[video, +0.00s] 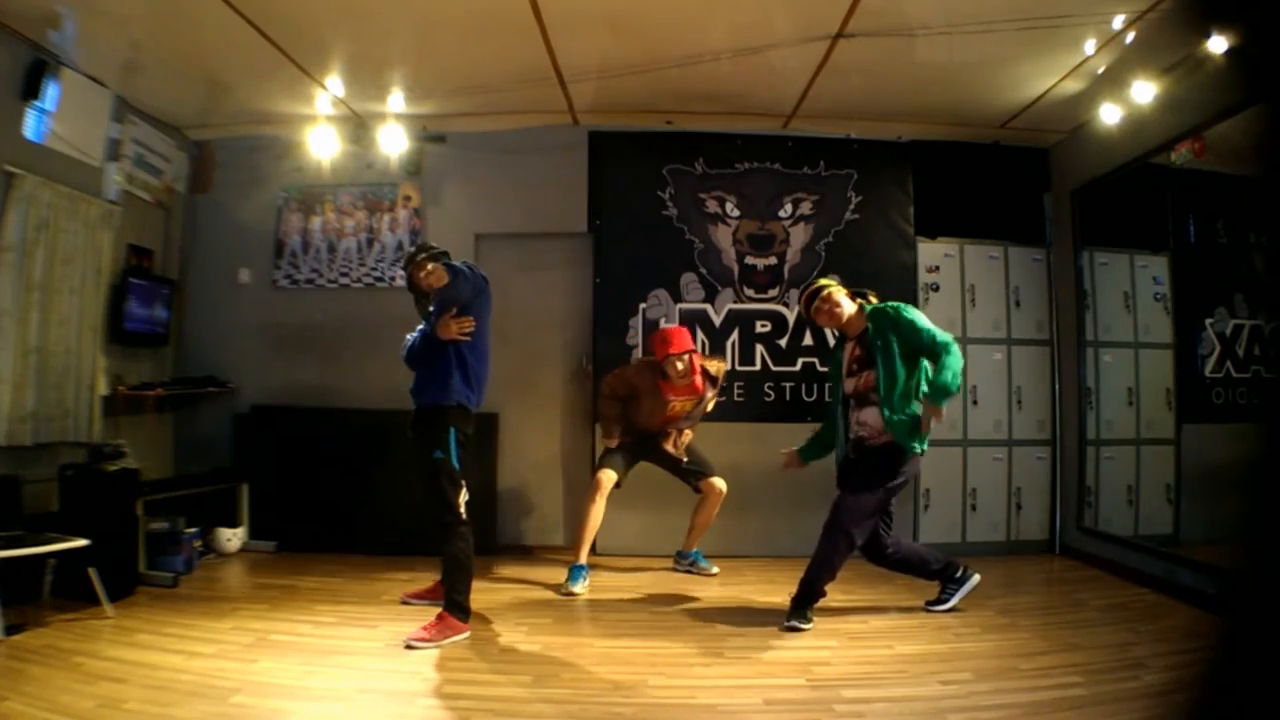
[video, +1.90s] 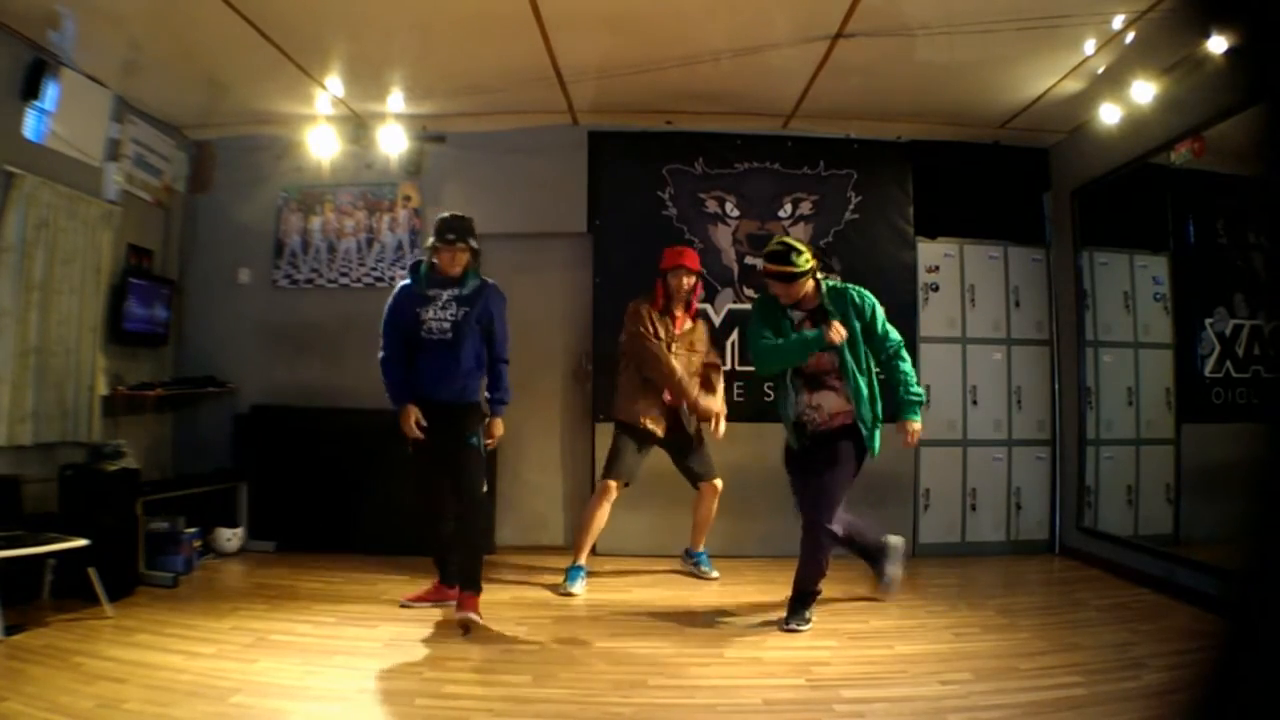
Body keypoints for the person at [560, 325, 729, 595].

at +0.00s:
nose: (678, 364)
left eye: (683, 357)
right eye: (671, 360)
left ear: (693, 355)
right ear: (661, 362)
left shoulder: (708, 375)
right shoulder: (641, 373)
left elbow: (706, 403)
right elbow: (609, 389)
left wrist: (688, 427)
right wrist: (611, 432)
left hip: (668, 439)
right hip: (630, 438)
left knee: (716, 488)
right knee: (602, 480)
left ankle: (687, 554)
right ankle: (579, 567)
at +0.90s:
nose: (696, 322)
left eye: (703, 316)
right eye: (690, 314)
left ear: (709, 320)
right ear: (677, 313)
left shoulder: (702, 356)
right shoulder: (643, 332)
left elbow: (693, 409)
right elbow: (604, 370)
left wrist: (690, 444)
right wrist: (605, 417)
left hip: (663, 427)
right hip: (624, 423)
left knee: (703, 485)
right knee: (591, 478)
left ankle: (686, 554)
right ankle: (578, 566)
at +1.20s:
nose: (674, 301)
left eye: (677, 295)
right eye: (668, 294)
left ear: (679, 295)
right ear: (648, 291)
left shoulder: (669, 327)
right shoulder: (609, 314)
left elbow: (669, 374)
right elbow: (580, 362)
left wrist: (673, 410)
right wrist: (594, 404)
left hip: (646, 417)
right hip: (608, 414)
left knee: (678, 481)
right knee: (592, 483)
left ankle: (680, 555)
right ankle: (578, 567)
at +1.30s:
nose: (669, 299)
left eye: (672, 293)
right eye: (664, 291)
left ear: (672, 292)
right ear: (644, 286)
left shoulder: (658, 321)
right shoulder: (608, 311)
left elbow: (656, 367)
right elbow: (597, 363)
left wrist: (663, 393)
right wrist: (625, 377)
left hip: (640, 413)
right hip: (606, 410)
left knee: (674, 476)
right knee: (600, 483)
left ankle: (678, 558)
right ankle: (579, 566)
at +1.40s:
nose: (666, 294)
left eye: (670, 288)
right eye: (661, 286)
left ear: (669, 288)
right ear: (642, 281)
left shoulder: (648, 314)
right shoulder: (611, 312)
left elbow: (644, 369)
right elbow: (623, 374)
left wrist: (674, 379)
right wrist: (672, 377)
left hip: (637, 416)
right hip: (607, 416)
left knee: (671, 478)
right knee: (604, 485)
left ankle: (676, 559)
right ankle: (579, 567)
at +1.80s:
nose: (674, 286)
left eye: (681, 281)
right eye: (669, 278)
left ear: (687, 285)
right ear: (655, 277)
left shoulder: (681, 321)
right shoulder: (633, 305)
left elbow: (684, 366)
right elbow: (654, 353)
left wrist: (701, 394)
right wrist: (697, 368)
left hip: (667, 414)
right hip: (630, 411)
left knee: (707, 478)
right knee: (607, 486)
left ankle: (690, 551)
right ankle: (578, 566)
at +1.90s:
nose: (687, 283)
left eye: (692, 276)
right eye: (680, 275)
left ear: (698, 282)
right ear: (664, 278)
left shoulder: (699, 324)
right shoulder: (641, 313)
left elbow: (711, 368)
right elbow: (658, 363)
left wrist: (716, 402)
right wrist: (697, 400)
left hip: (680, 417)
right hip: (639, 416)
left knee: (711, 485)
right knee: (609, 486)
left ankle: (695, 552)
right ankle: (578, 566)